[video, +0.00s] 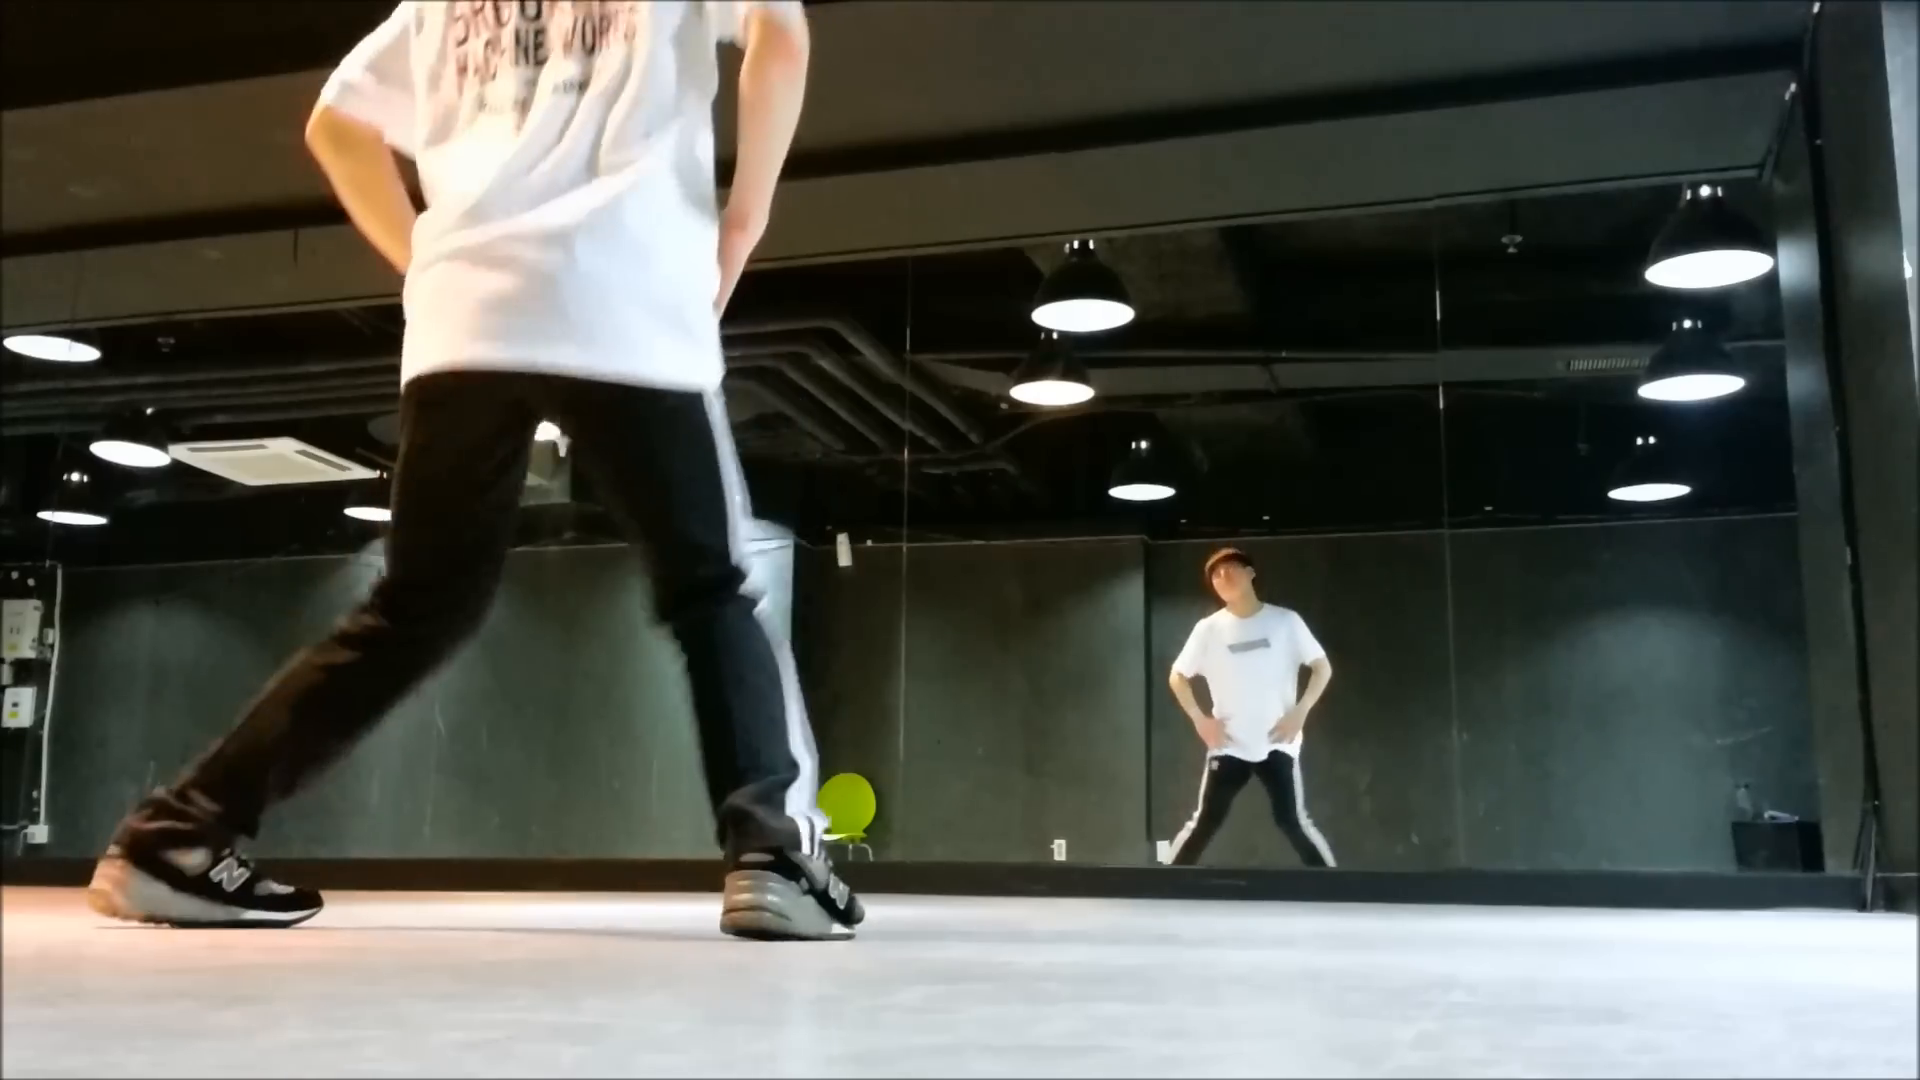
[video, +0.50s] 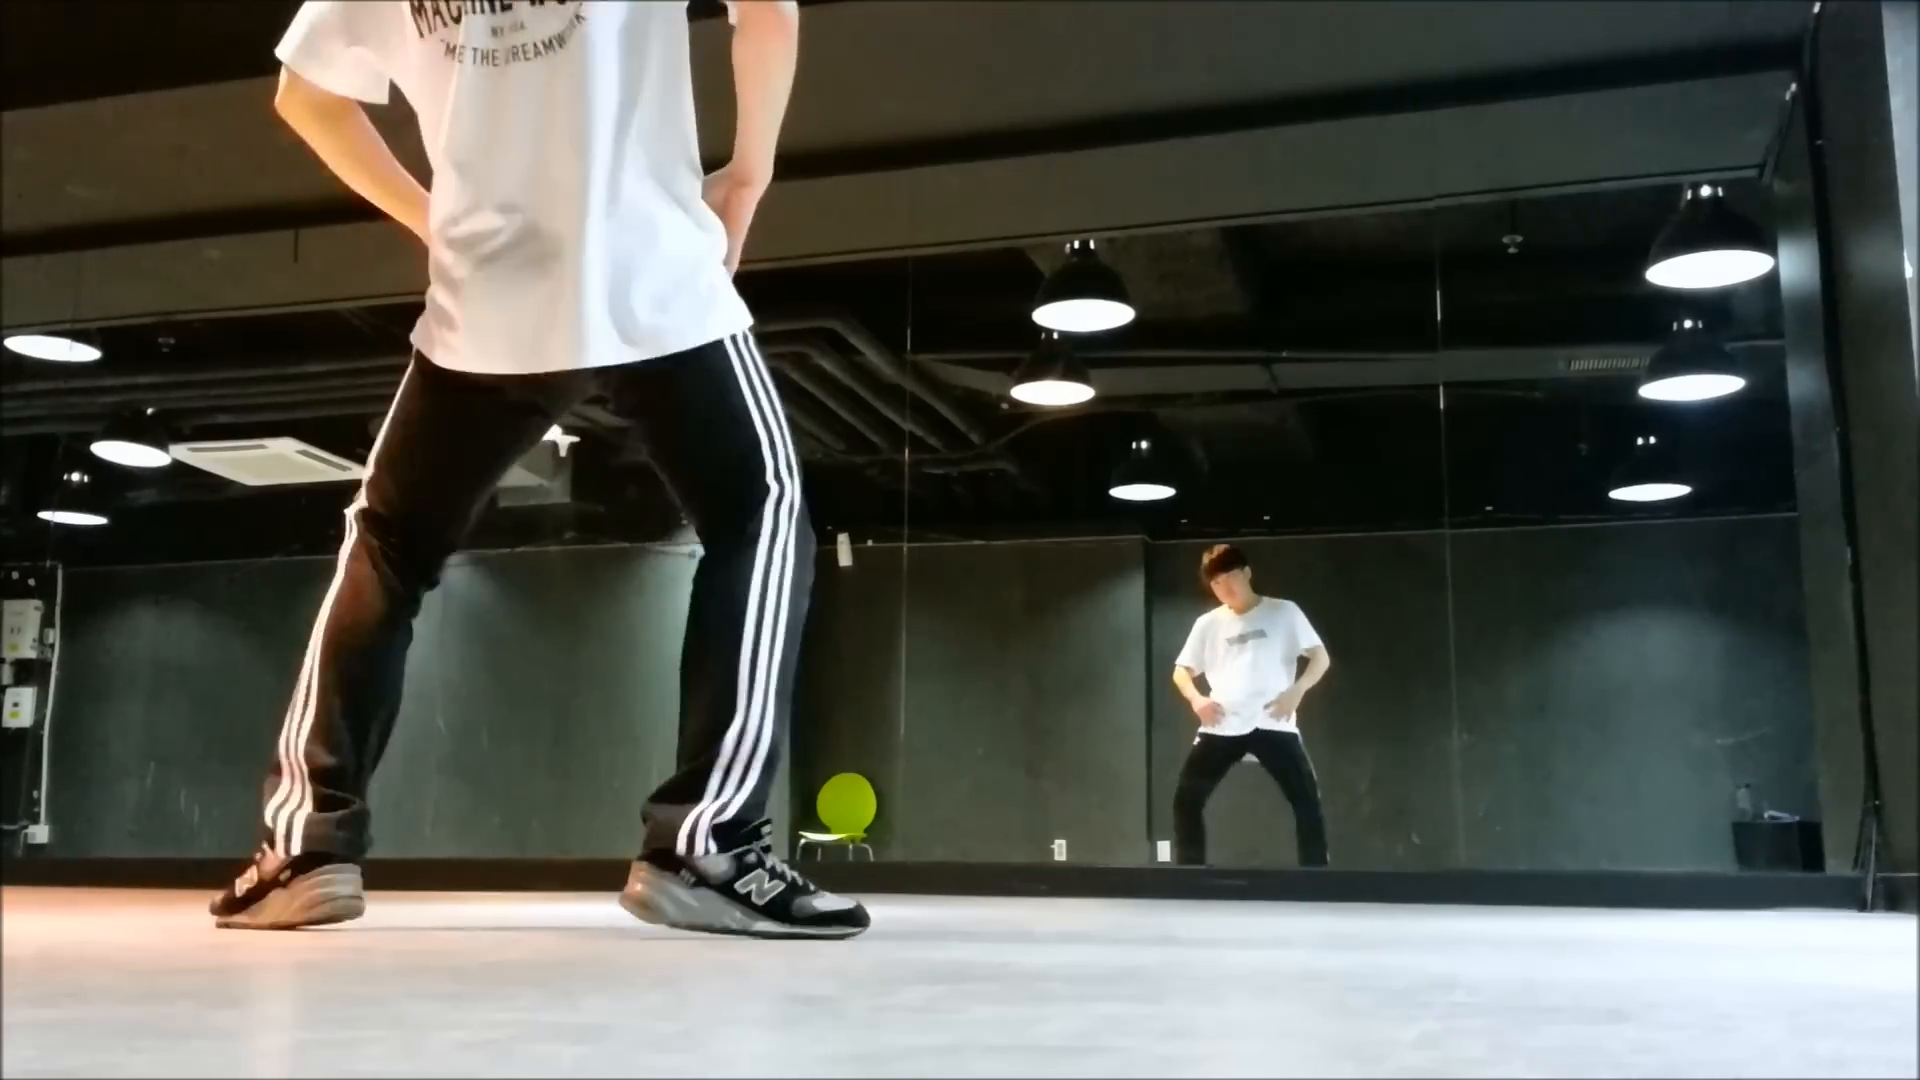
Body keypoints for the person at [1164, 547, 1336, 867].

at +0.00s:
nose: (1225, 575)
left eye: (1232, 568)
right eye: (1217, 572)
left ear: (1250, 573)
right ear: (1213, 585)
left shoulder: (1287, 622)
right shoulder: (1208, 629)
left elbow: (1322, 668)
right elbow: (1178, 677)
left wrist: (1298, 714)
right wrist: (1200, 720)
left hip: (1278, 744)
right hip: (1229, 746)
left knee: (1291, 820)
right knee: (1206, 821)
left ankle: (1334, 887)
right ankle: (1166, 885)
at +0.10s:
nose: (1226, 587)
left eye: (1233, 578)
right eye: (1219, 583)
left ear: (1251, 582)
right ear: (1215, 595)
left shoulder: (1288, 631)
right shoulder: (1210, 640)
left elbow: (1323, 680)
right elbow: (1180, 686)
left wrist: (1297, 722)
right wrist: (1200, 727)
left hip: (1275, 751)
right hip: (1227, 752)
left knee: (1280, 829)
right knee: (1211, 828)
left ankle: (1329, 888)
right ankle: (1170, 889)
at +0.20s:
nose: (1226, 596)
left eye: (1231, 587)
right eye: (1218, 591)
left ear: (1250, 586)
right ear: (1214, 598)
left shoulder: (1286, 634)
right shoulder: (1209, 642)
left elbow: (1321, 682)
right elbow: (1180, 688)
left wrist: (1294, 721)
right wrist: (1199, 724)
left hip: (1271, 753)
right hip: (1224, 753)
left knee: (1279, 831)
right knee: (1206, 830)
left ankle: (1327, 889)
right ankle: (1170, 891)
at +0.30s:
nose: (1224, 595)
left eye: (1229, 585)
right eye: (1216, 589)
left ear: (1247, 583)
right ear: (1211, 596)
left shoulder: (1285, 627)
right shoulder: (1208, 637)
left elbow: (1320, 674)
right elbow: (1179, 684)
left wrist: (1293, 711)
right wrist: (1197, 715)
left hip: (1272, 745)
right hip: (1223, 746)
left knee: (1289, 822)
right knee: (1197, 824)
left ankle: (1325, 891)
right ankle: (1178, 895)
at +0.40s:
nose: (1223, 590)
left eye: (1228, 581)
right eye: (1215, 585)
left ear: (1246, 577)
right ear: (1210, 591)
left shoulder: (1284, 616)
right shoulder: (1207, 628)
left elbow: (1320, 662)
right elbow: (1179, 676)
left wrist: (1295, 695)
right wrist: (1197, 704)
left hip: (1273, 730)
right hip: (1222, 732)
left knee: (1301, 807)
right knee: (1192, 799)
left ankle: (1318, 885)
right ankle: (1190, 883)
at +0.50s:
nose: (1225, 588)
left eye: (1230, 579)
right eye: (1217, 583)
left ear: (1247, 574)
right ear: (1211, 587)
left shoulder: (1285, 612)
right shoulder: (1207, 624)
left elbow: (1320, 658)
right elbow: (1181, 672)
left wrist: (1296, 691)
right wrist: (1196, 699)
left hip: (1274, 727)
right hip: (1222, 729)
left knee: (1308, 803)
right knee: (1186, 800)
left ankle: (1316, 883)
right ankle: (1191, 883)